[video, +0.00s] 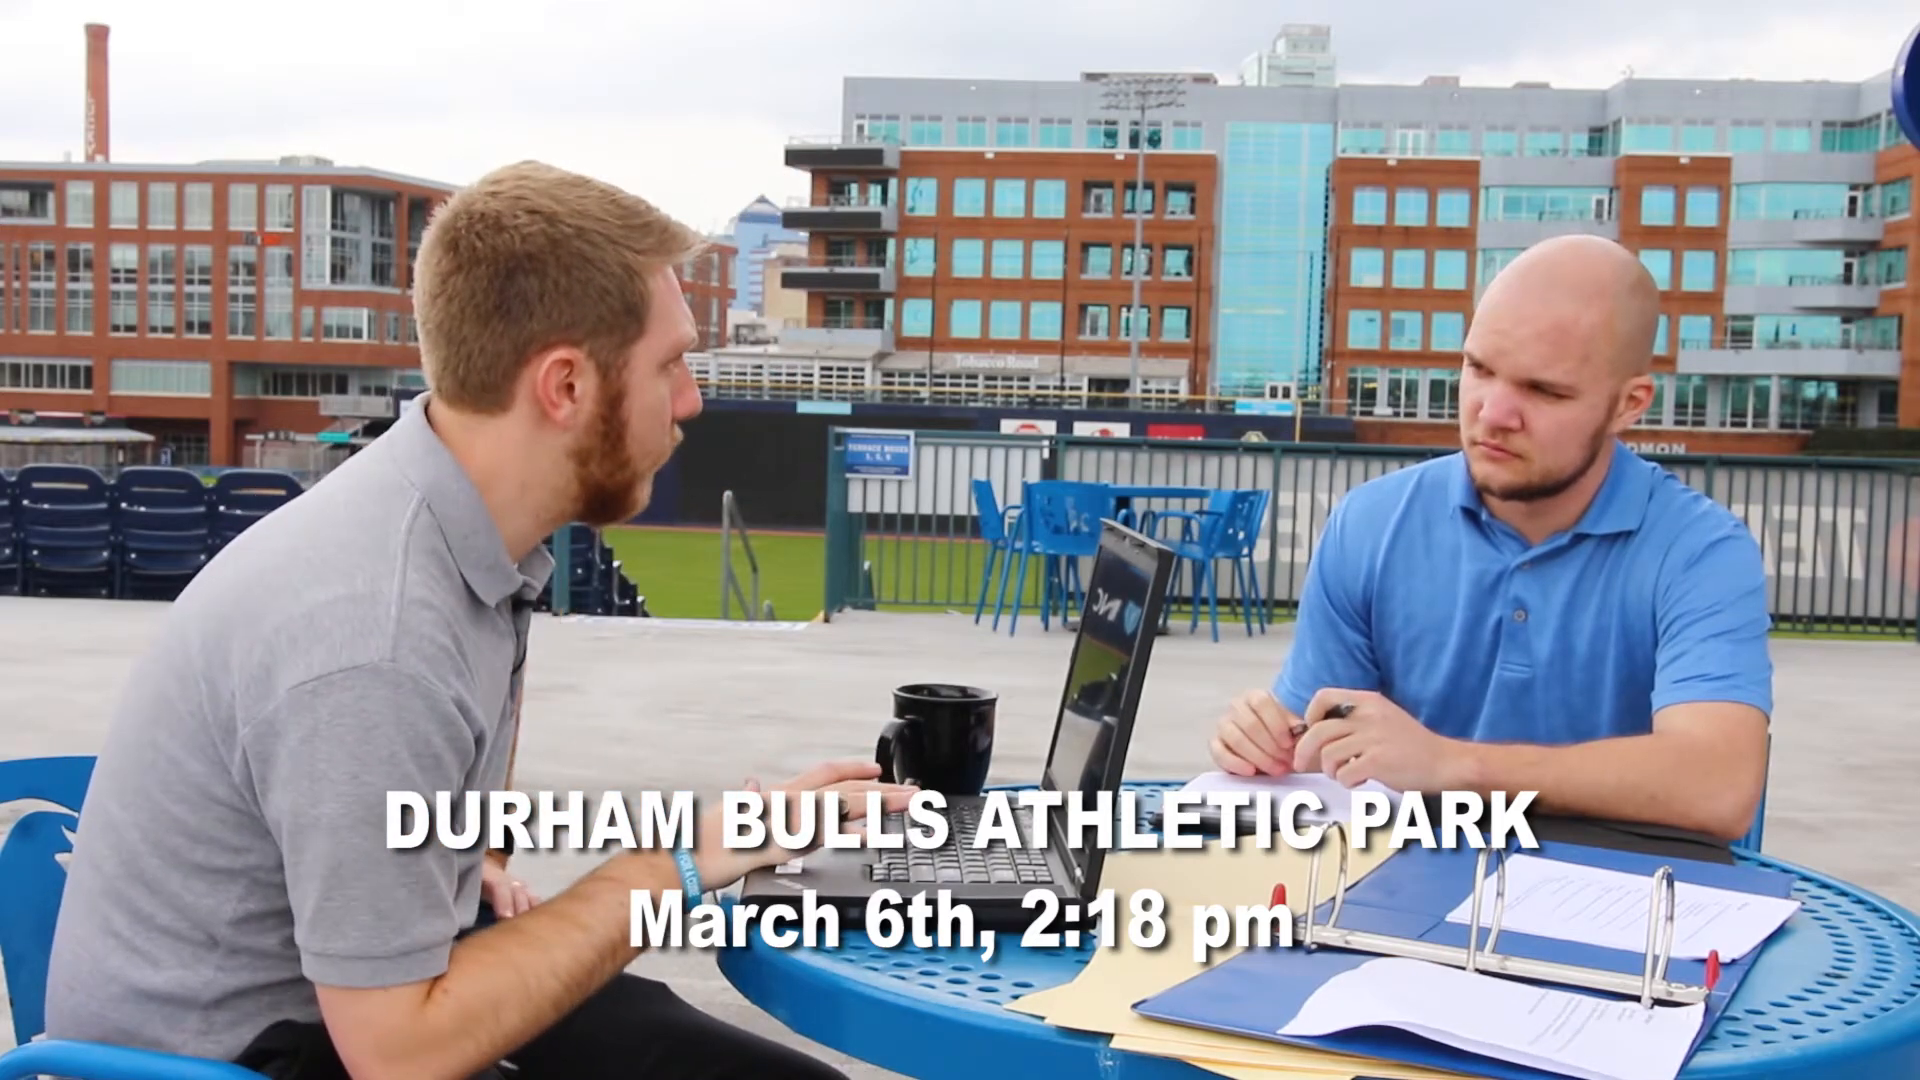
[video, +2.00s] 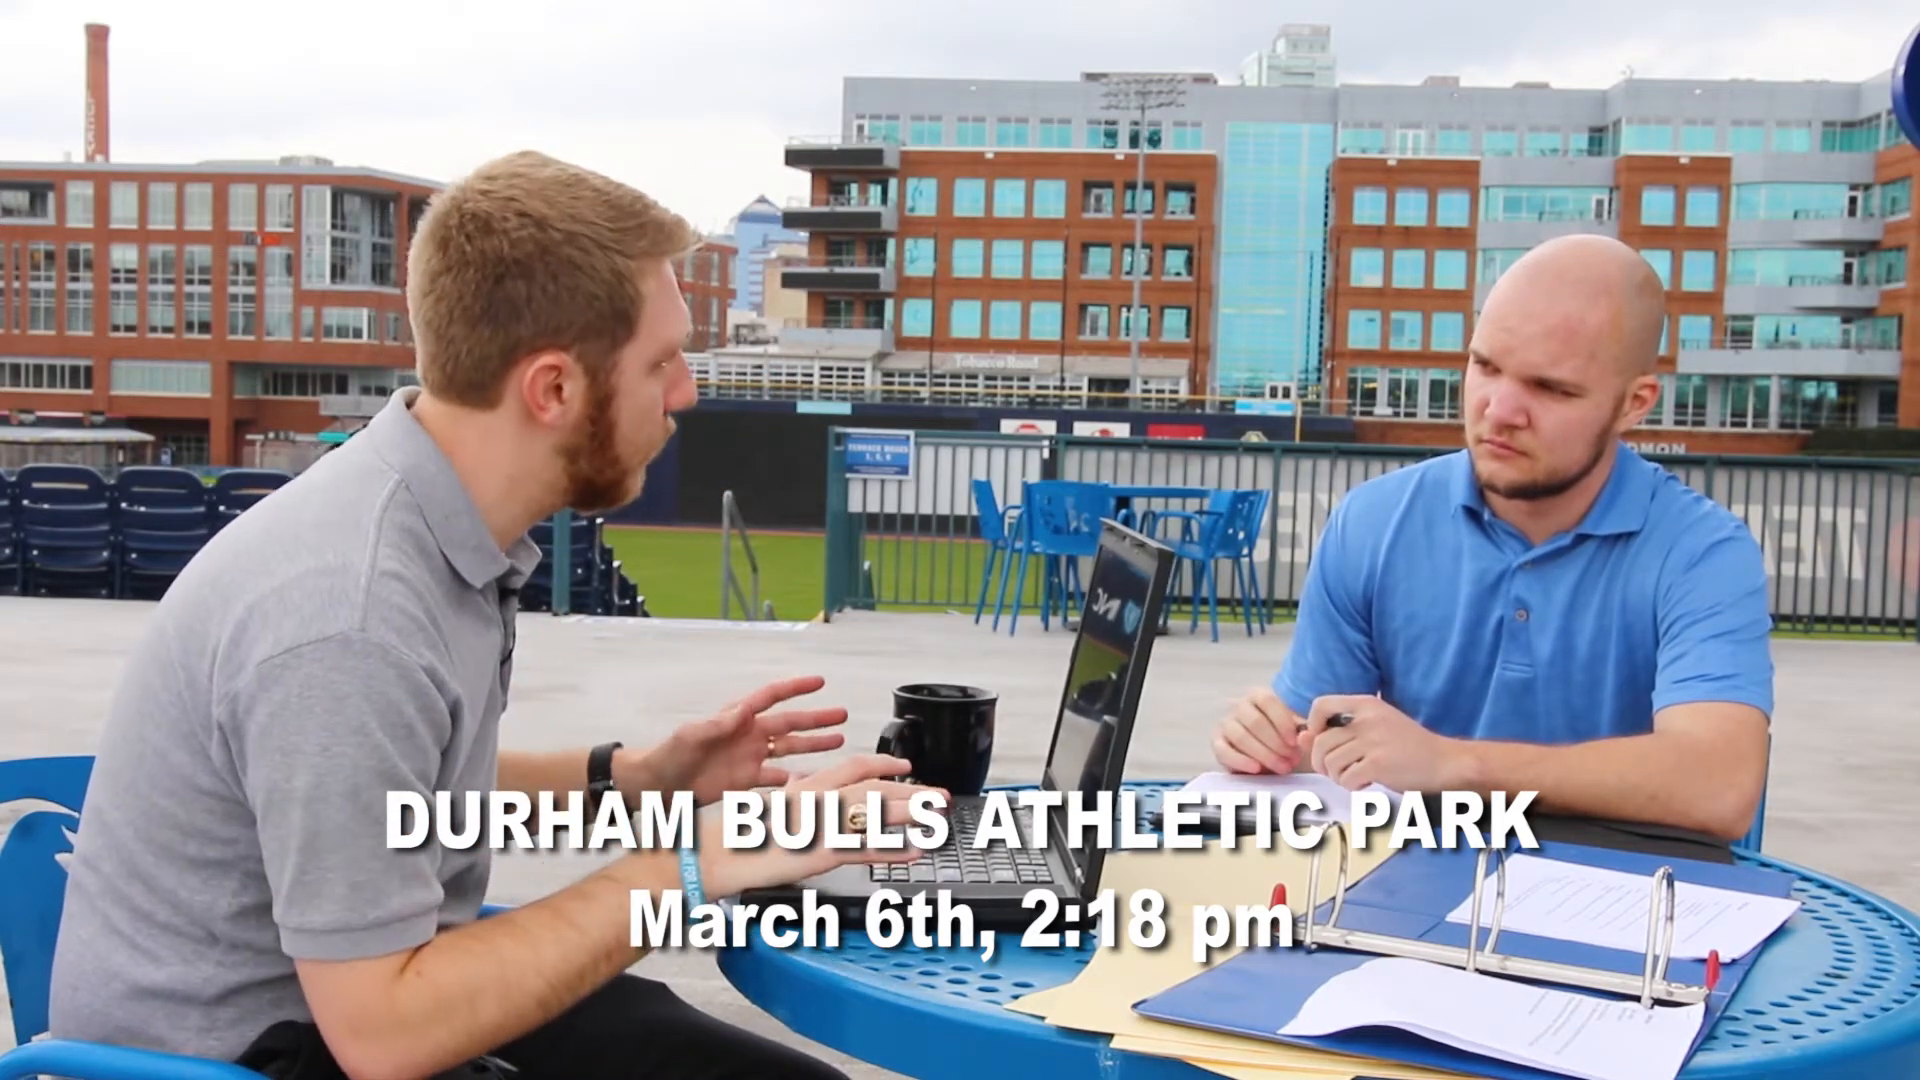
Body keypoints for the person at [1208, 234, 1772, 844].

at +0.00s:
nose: (1494, 413)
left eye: (1543, 390)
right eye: (1481, 370)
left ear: (1626, 407)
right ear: (1463, 356)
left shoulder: (1697, 550)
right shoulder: (1369, 524)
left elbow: (1713, 785)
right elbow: (1304, 723)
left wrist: (1447, 763)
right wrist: (1264, 734)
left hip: (1622, 915)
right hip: (1394, 890)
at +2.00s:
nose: (1499, 411)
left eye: (1549, 388)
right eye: (1487, 367)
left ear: (1631, 406)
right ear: (1467, 353)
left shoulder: (1698, 551)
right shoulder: (1371, 523)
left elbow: (1714, 785)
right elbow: (1303, 717)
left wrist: (1450, 762)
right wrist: (1262, 730)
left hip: (1622, 913)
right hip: (1395, 888)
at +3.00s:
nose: (1425, 458)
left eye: (1464, 424)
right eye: (1400, 421)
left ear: (1550, 393)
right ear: (1379, 393)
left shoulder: (1661, 536)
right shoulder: (1341, 538)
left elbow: (1707, 783)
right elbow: (1308, 755)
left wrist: (1486, 769)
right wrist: (1261, 753)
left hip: (1615, 908)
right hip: (1395, 893)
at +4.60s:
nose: (1417, 405)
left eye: (1458, 376)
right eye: (1411, 369)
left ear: (1565, 378)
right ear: (1401, 356)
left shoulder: (1680, 532)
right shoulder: (1372, 514)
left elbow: (1711, 778)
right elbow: (1308, 713)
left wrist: (1472, 776)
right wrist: (1263, 737)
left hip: (1623, 902)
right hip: (1409, 877)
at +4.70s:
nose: (1401, 382)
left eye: (1429, 357)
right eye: (1406, 352)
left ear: (1530, 370)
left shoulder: (1692, 525)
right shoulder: (1398, 501)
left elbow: (1719, 780)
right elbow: (1323, 691)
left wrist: (1466, 773)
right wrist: (1273, 730)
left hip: (1626, 910)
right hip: (1410, 881)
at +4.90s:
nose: (1433, 358)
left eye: (1440, 335)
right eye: (1434, 335)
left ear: (1500, 351)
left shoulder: (1700, 506)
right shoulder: (1469, 482)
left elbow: (1726, 779)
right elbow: (1407, 648)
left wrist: (1466, 775)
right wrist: (1309, 745)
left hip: (1642, 916)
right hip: (1453, 882)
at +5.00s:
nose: (1454, 356)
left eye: (1459, 332)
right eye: (1454, 331)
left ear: (1510, 348)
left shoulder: (1701, 501)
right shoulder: (1492, 479)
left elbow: (1726, 779)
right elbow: (1438, 644)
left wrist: (1466, 774)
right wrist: (1355, 763)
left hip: (1638, 918)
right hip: (1455, 882)